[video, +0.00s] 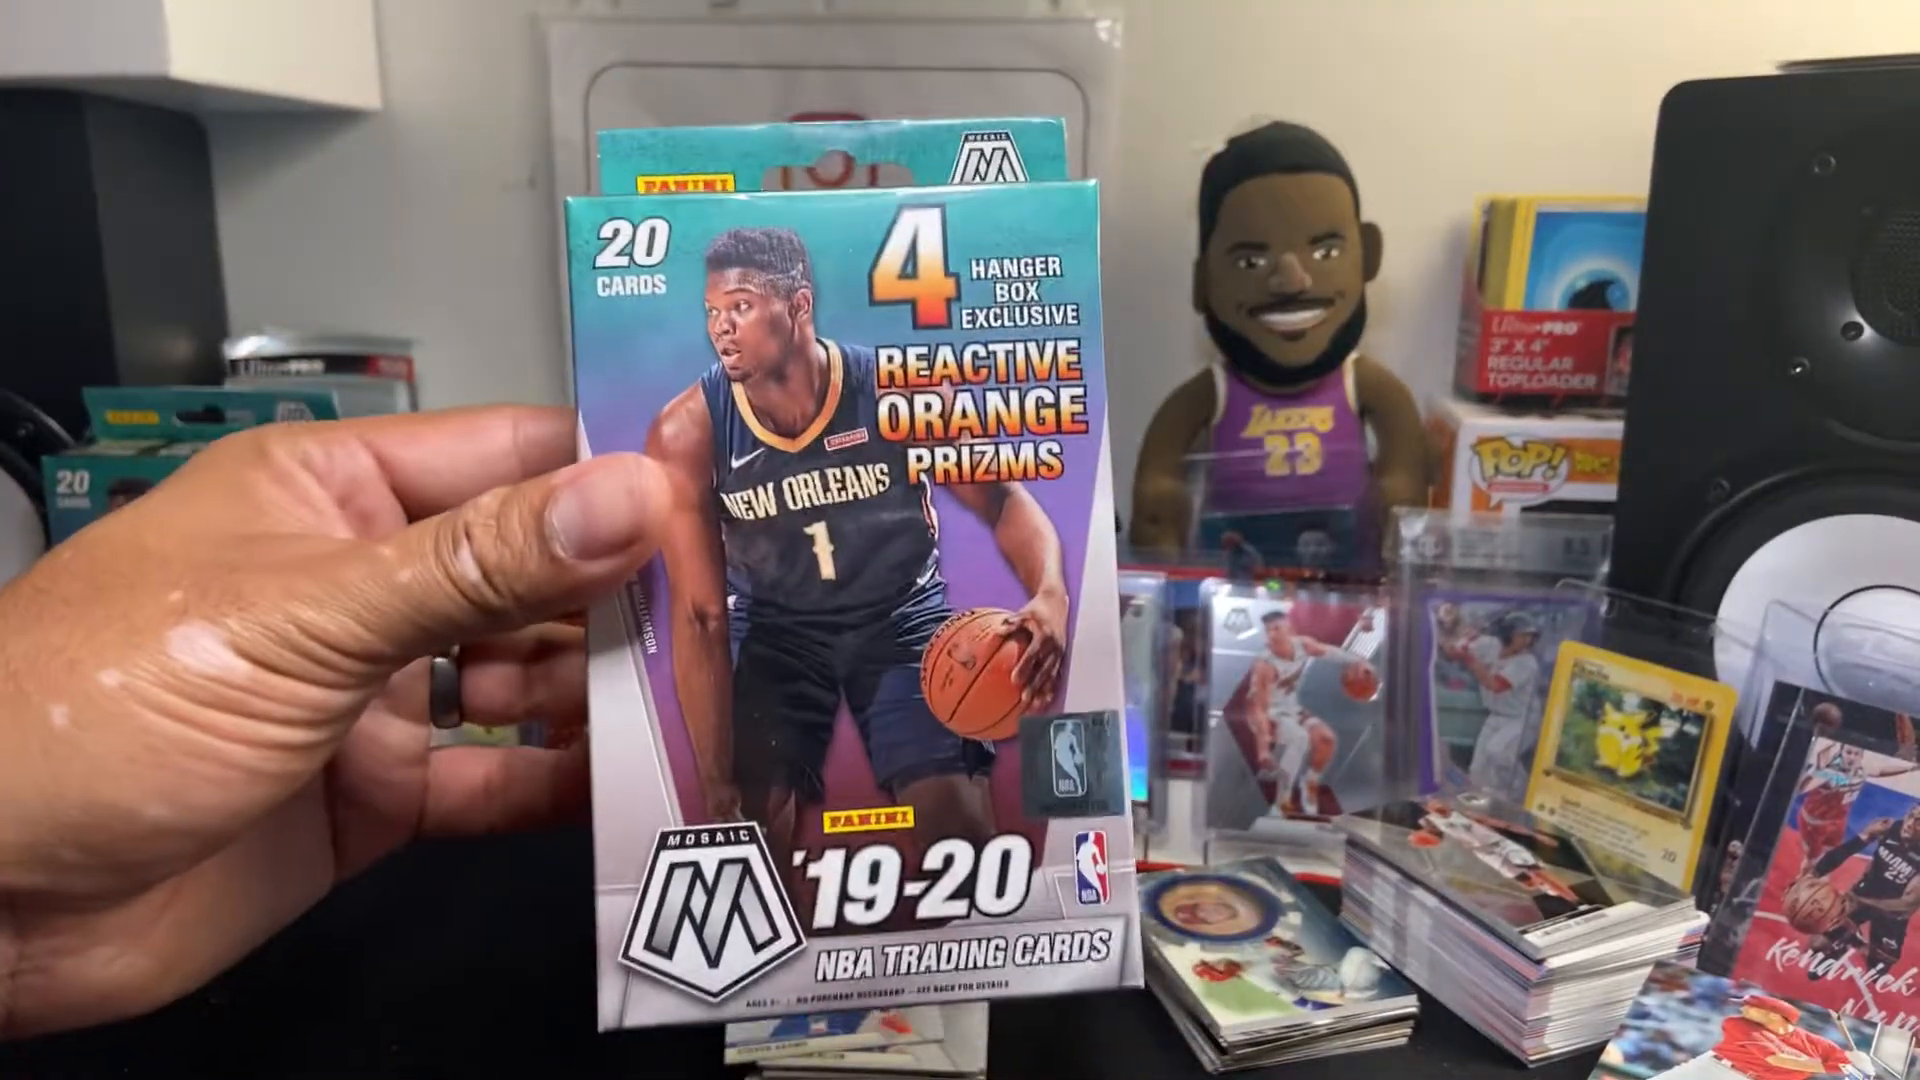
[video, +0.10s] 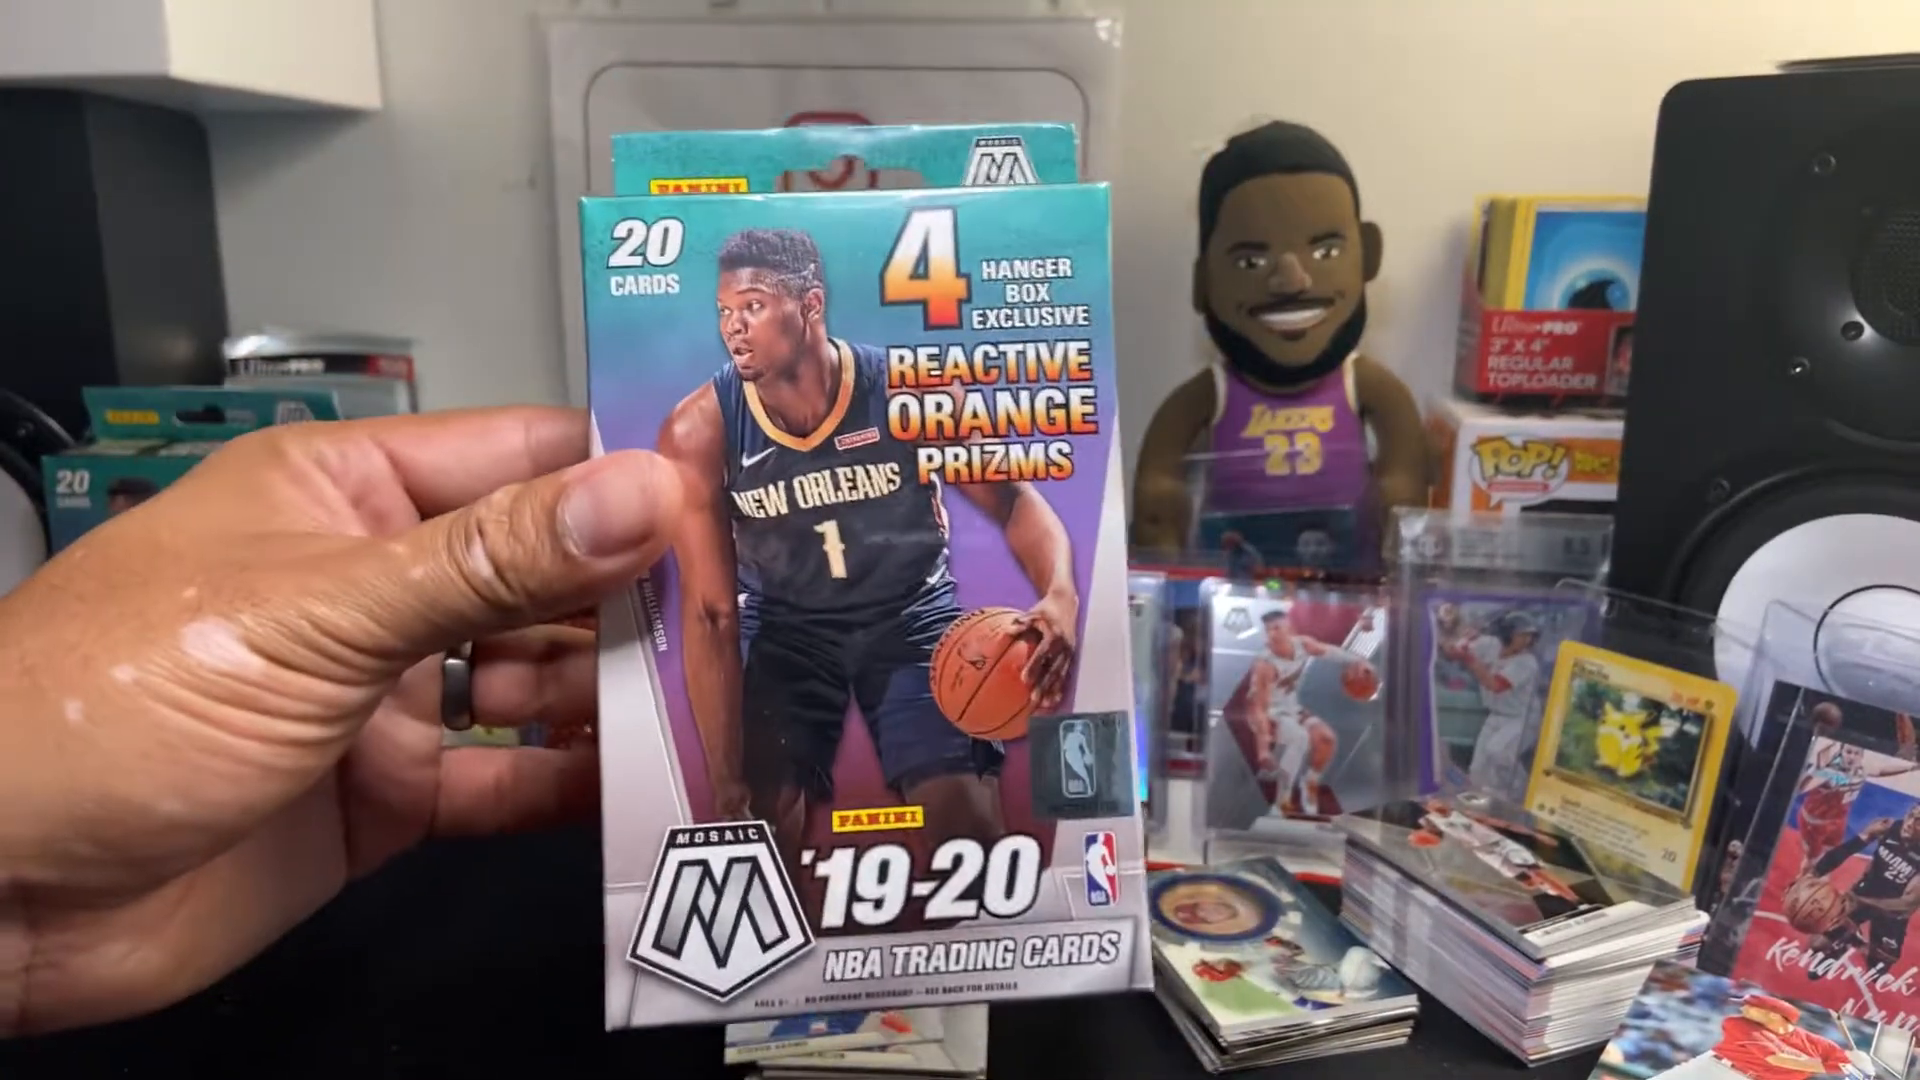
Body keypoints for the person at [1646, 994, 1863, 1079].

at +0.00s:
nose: (1750, 1012)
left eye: (1759, 1010)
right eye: (1754, 1009)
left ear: (1777, 1018)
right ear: (1766, 1016)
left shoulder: (1790, 1037)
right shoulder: (1744, 1032)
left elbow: (1825, 1049)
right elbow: (1778, 1060)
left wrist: (1849, 1061)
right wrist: (1831, 1069)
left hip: (1745, 1074)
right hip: (1715, 1067)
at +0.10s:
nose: (1787, 1025)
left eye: (1787, 1020)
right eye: (1782, 1019)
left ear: (1779, 1019)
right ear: (1765, 1016)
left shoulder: (1787, 1035)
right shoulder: (1745, 1033)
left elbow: (1822, 1047)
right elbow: (1779, 1059)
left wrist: (1848, 1060)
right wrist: (1833, 1068)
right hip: (1717, 1068)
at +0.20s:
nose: (1786, 1025)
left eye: (1785, 1019)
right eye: (1781, 1018)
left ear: (1778, 1019)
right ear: (1766, 1016)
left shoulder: (1789, 1036)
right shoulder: (1745, 1033)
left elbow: (1824, 1048)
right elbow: (1778, 1060)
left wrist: (1849, 1062)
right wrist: (1833, 1070)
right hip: (1716, 1068)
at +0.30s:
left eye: (1760, 1010)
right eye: (1755, 1008)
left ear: (1777, 1018)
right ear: (1767, 1015)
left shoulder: (1791, 1037)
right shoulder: (1743, 1031)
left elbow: (1824, 1048)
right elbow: (1778, 1059)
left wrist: (1850, 1058)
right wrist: (1833, 1068)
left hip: (1745, 1075)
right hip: (1715, 1067)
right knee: (1662, 1077)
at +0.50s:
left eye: (1761, 1011)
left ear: (1778, 1018)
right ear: (1765, 1016)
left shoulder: (1792, 1037)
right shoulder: (1746, 1033)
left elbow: (1825, 1049)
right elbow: (1779, 1060)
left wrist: (1851, 1060)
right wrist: (1835, 1068)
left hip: (1746, 1075)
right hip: (1716, 1068)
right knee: (1661, 1077)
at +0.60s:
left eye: (1763, 1010)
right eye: (1780, 1017)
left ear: (1779, 1018)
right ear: (1765, 1016)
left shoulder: (1791, 1036)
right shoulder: (1746, 1033)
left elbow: (1825, 1049)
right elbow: (1779, 1060)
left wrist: (1850, 1060)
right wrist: (1834, 1068)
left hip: (1746, 1075)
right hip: (1716, 1068)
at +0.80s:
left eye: (1759, 1010)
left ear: (1779, 1018)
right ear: (1765, 1016)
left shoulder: (1796, 1037)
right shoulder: (1745, 1033)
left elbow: (1831, 1051)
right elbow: (1779, 1060)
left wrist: (1853, 1063)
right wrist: (1831, 1068)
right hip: (1718, 1068)